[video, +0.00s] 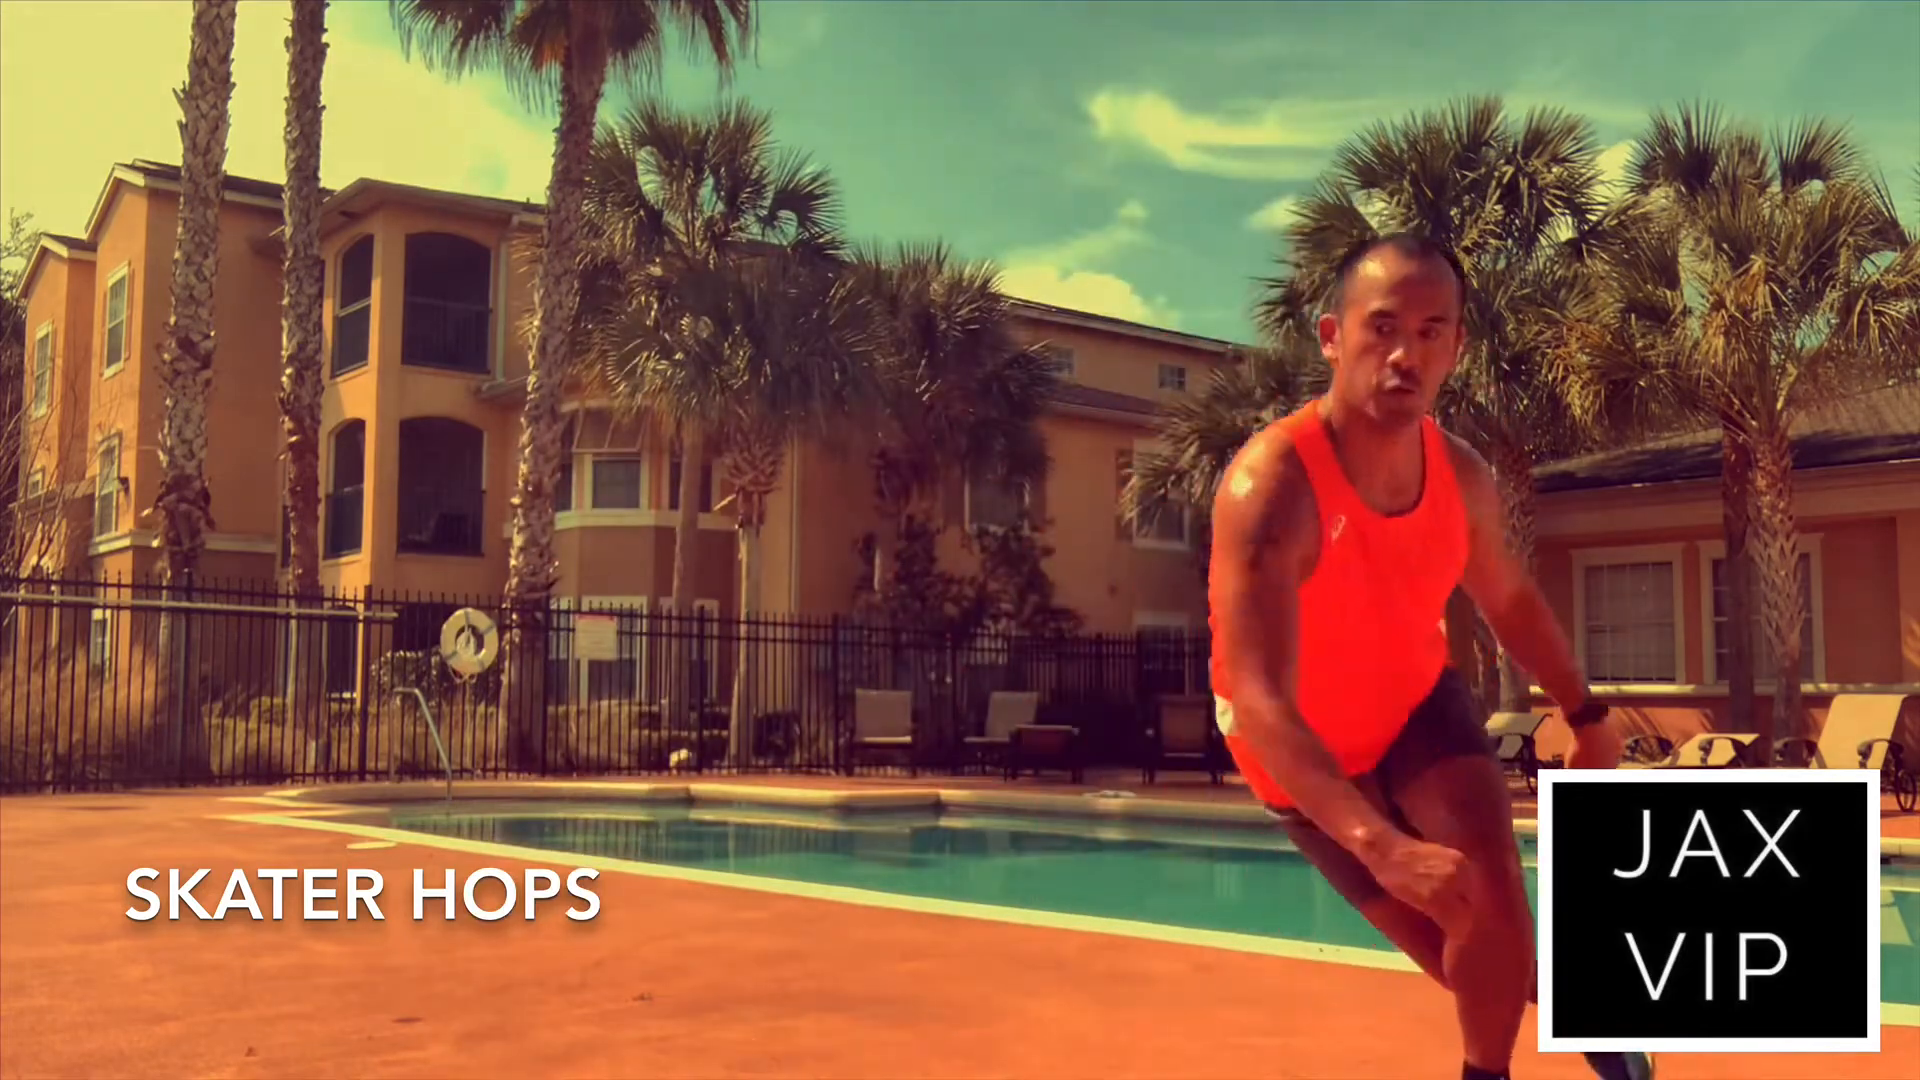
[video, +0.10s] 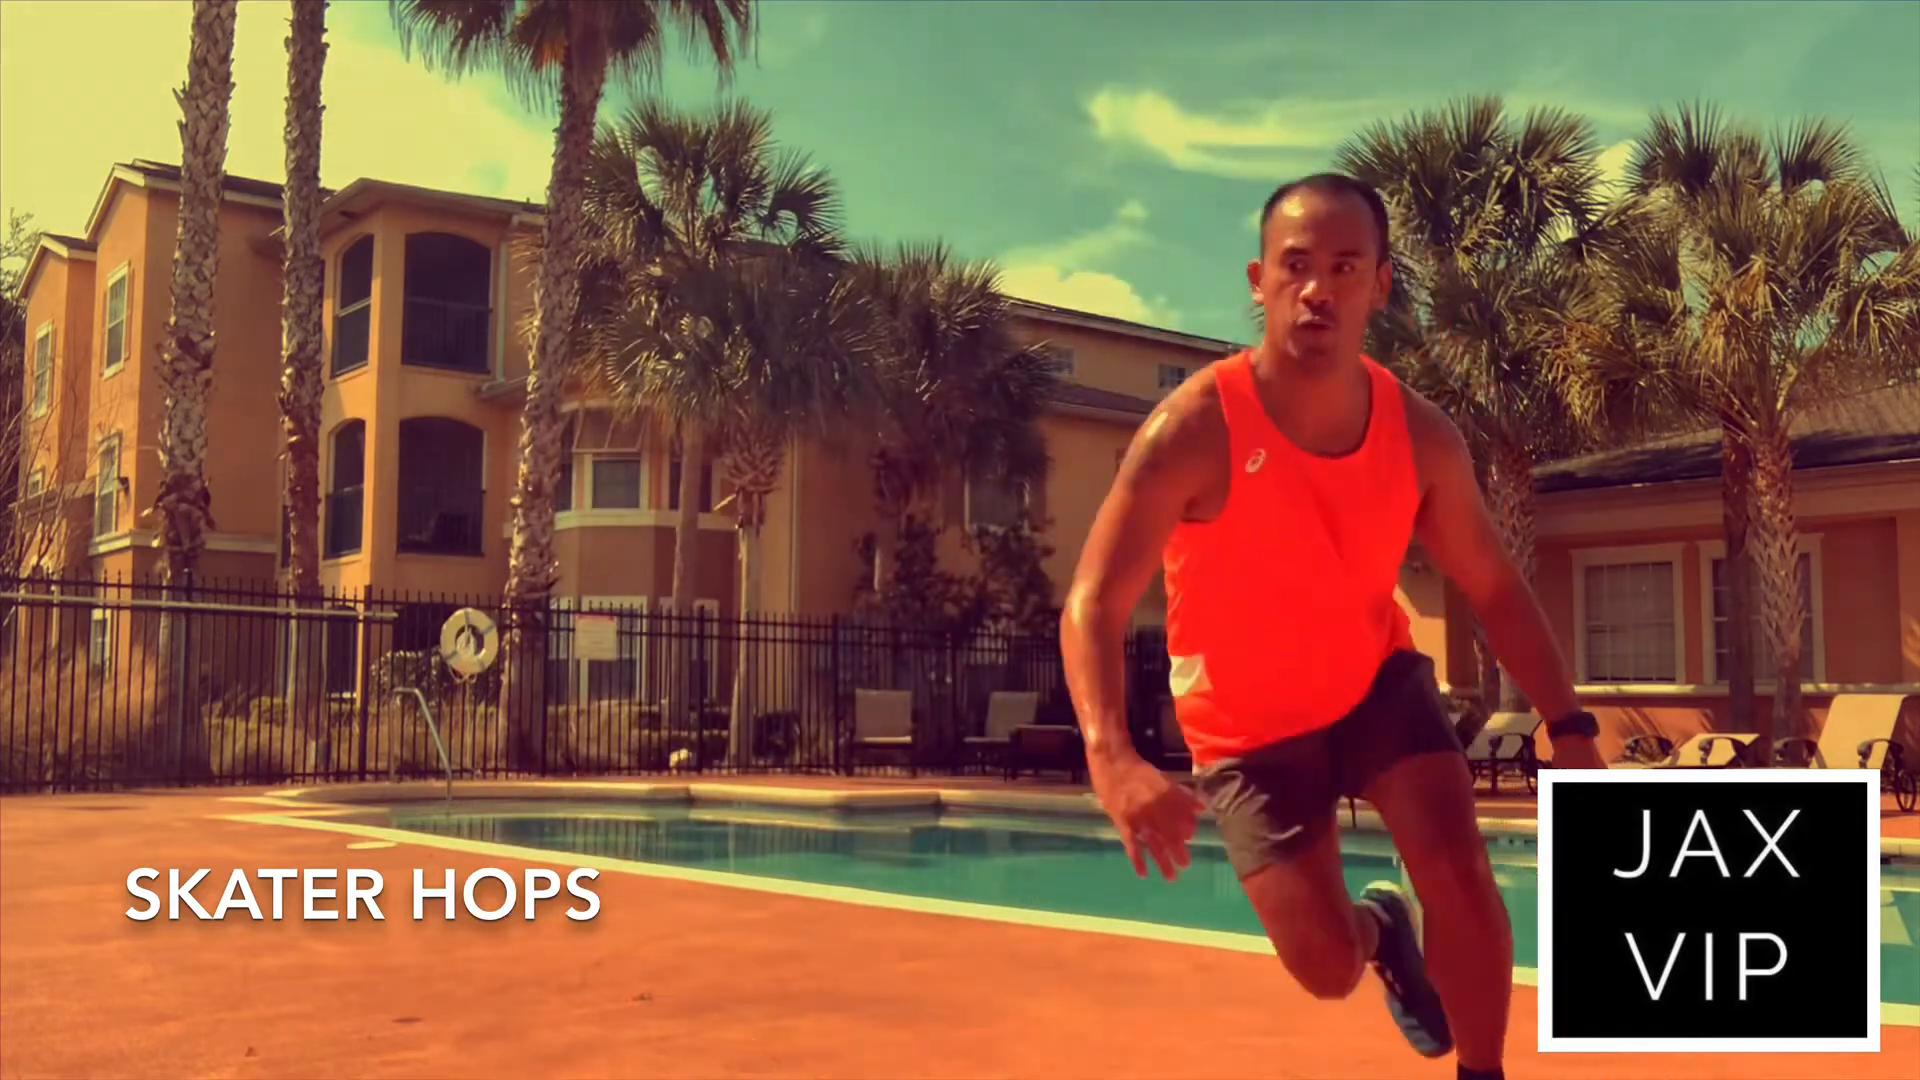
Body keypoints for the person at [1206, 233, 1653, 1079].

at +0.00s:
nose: (1406, 356)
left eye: (1430, 332)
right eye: (1381, 327)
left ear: (1457, 351)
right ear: (1331, 337)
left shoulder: (1461, 481)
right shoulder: (1268, 483)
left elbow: (1512, 603)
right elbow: (1255, 701)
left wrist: (1585, 712)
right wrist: (1378, 846)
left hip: (1415, 704)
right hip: (1300, 752)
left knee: (1491, 903)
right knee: (1452, 960)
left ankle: (1487, 1073)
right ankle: (1593, 1013)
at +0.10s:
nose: (1317, 287)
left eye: (1343, 265)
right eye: (1295, 264)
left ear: (1379, 287)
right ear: (1259, 284)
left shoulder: (1419, 438)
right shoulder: (1192, 429)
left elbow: (1493, 589)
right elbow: (1092, 606)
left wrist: (1567, 720)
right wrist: (1112, 758)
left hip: (1373, 676)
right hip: (1240, 720)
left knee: (1457, 866)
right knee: (1324, 970)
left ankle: (1483, 1071)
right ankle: (1380, 926)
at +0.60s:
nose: (619, 247)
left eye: (650, 223)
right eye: (609, 220)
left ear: (720, 231)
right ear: (595, 224)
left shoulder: (791, 386)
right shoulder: (554, 368)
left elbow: (896, 548)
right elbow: (483, 498)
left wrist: (894, 677)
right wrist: (409, 626)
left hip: (758, 676)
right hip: (595, 664)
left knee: (858, 898)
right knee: (501, 873)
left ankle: (764, 809)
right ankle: (444, 1073)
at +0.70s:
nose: (528, 294)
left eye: (559, 271)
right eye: (520, 268)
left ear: (634, 289)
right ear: (508, 270)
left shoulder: (697, 429)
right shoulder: (480, 407)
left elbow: (743, 620)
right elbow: (421, 536)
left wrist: (670, 756)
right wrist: (343, 640)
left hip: (656, 710)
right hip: (519, 679)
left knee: (652, 966)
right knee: (476, 859)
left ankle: (541, 869)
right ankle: (438, 1073)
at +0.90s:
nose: (429, 411)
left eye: (461, 388)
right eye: (422, 385)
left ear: (537, 405)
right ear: (408, 387)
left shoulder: (593, 552)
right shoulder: (397, 496)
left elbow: (515, 739)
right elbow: (365, 562)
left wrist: (336, 839)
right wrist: (259, 638)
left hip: (529, 792)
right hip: (412, 714)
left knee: (359, 984)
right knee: (412, 862)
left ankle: (235, 1012)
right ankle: (429, 1077)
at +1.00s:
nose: (411, 465)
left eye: (446, 444)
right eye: (403, 437)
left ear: (516, 463)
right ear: (390, 438)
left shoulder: (568, 607)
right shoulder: (368, 537)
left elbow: (473, 790)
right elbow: (335, 590)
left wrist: (265, 866)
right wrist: (225, 666)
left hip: (483, 828)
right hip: (373, 749)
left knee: (307, 1023)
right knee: (379, 861)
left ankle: (200, 1019)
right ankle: (423, 1074)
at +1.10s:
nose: (418, 466)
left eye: (452, 444)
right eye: (407, 438)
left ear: (518, 459)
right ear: (393, 438)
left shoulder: (572, 599)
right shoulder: (358, 541)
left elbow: (491, 787)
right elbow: (318, 606)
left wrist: (285, 865)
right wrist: (219, 698)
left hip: (481, 815)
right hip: (362, 753)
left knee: (309, 1030)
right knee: (383, 862)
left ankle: (198, 1020)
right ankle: (423, 1075)